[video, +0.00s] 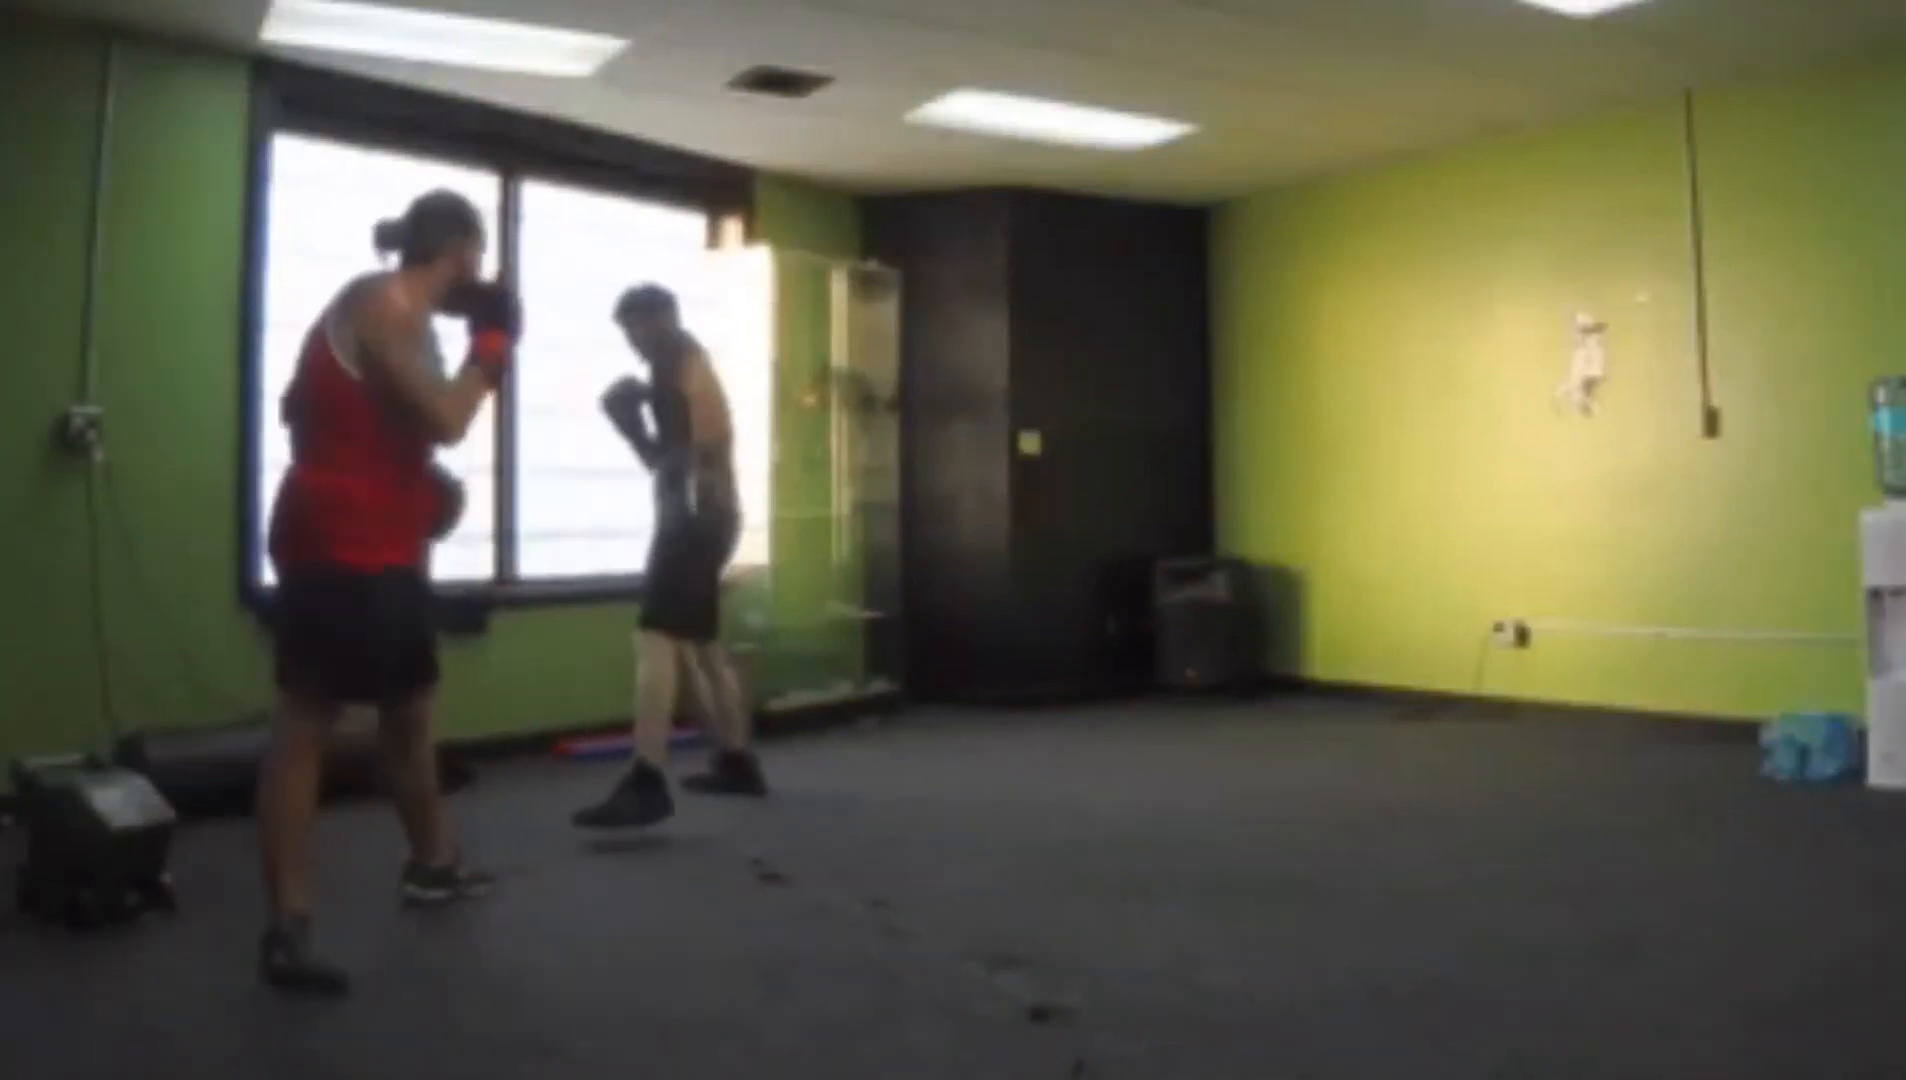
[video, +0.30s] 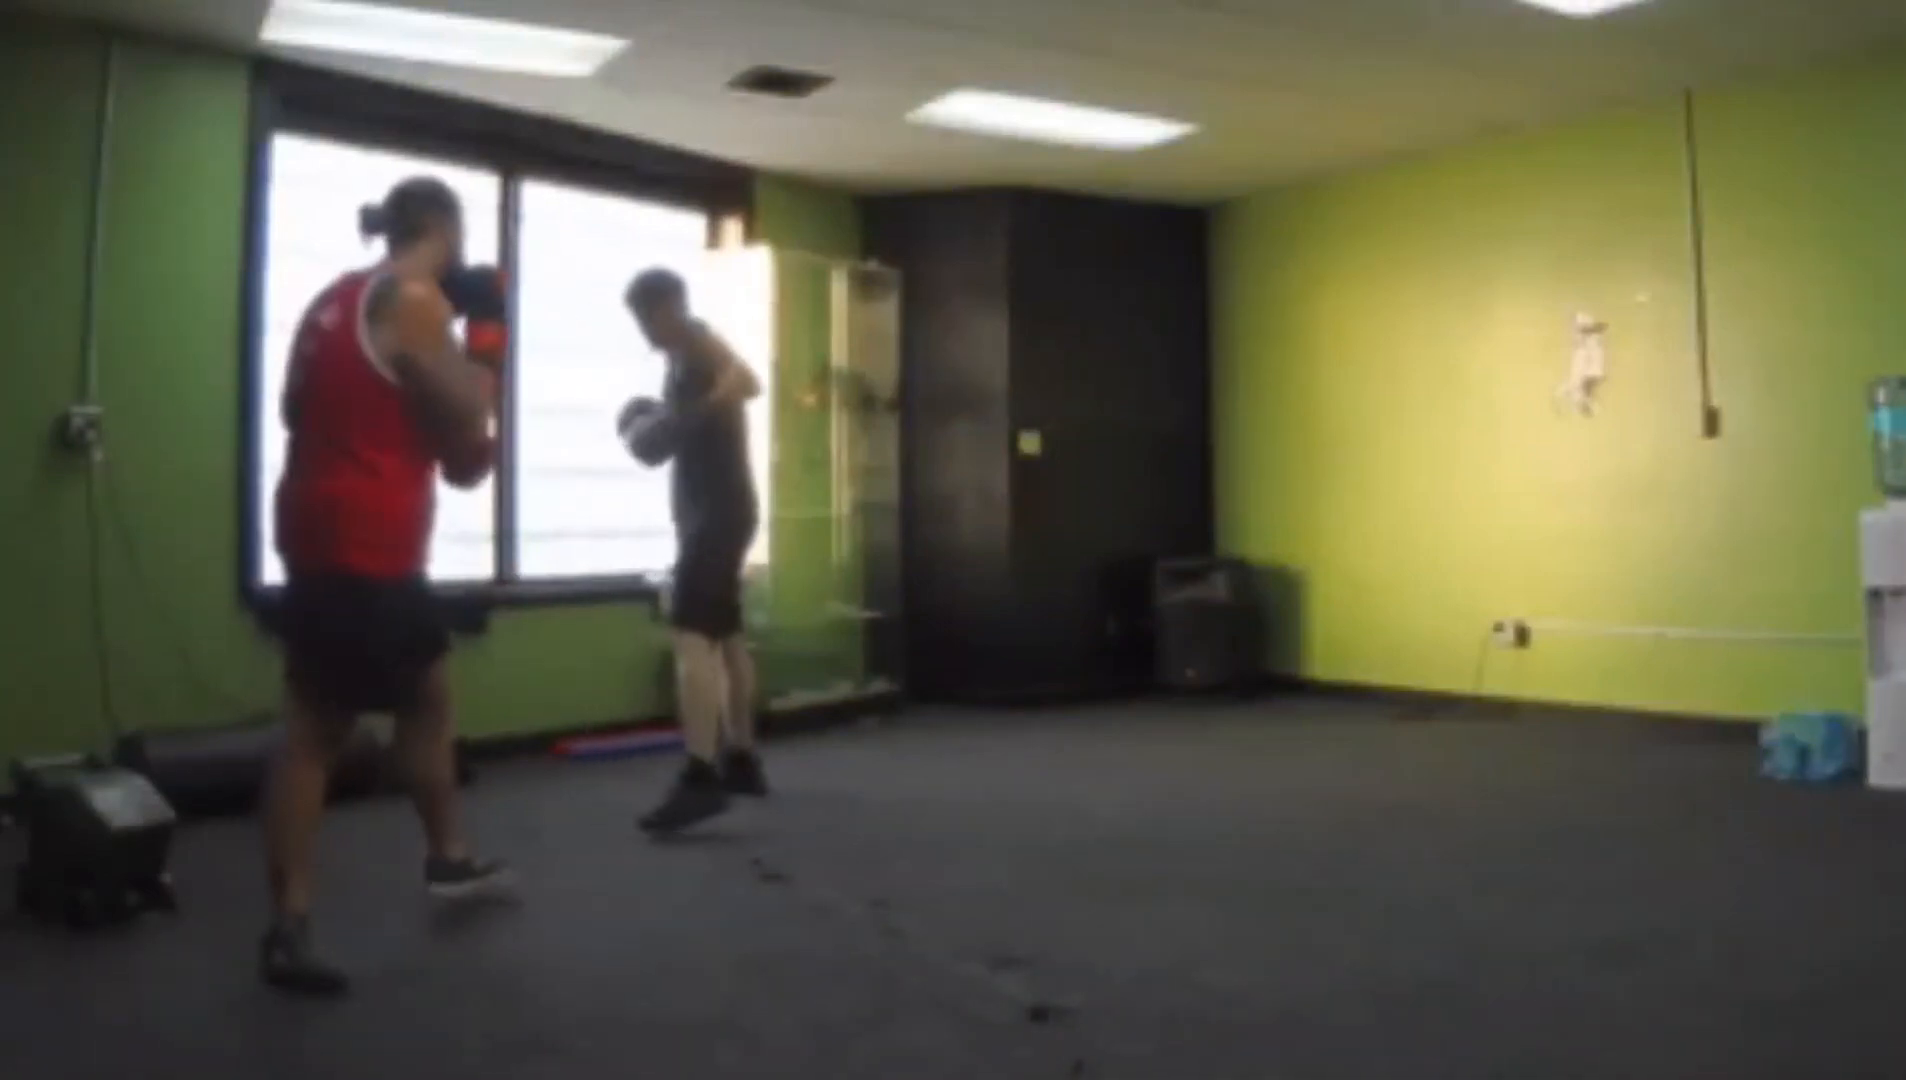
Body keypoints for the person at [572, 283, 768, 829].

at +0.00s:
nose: (634, 342)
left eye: (638, 331)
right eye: (629, 333)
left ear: (662, 321)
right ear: (644, 327)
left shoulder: (683, 366)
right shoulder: (673, 369)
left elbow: (688, 448)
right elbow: (663, 456)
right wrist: (631, 419)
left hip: (696, 508)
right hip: (695, 506)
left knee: (657, 636)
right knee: (700, 641)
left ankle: (648, 775)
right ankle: (736, 758)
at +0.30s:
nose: (645, 332)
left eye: (649, 320)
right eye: (641, 322)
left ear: (669, 309)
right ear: (653, 316)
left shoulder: (703, 348)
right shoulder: (682, 363)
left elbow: (743, 383)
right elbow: (687, 422)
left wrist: (675, 423)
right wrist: (651, 424)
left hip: (722, 510)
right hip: (704, 511)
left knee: (693, 636)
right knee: (721, 637)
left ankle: (703, 768)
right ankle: (738, 755)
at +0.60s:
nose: (634, 331)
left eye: (632, 320)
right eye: (632, 319)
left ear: (639, 313)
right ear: (668, 299)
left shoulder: (665, 357)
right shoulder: (704, 342)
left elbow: (606, 413)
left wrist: (585, 356)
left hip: (718, 517)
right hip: (742, 510)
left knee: (717, 651)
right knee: (724, 647)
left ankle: (716, 789)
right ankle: (738, 762)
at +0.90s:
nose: (632, 320)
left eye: (635, 308)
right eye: (627, 311)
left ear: (653, 303)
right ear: (635, 311)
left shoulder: (686, 340)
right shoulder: (653, 353)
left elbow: (721, 396)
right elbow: (637, 420)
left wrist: (649, 380)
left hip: (736, 516)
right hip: (711, 517)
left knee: (723, 649)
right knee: (725, 645)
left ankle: (719, 788)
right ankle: (745, 752)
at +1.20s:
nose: (635, 325)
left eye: (637, 314)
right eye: (636, 314)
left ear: (648, 312)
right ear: (675, 304)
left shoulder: (688, 351)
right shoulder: (684, 351)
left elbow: (761, 409)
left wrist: (710, 445)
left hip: (718, 514)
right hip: (710, 512)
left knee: (711, 652)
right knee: (725, 647)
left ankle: (718, 788)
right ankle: (748, 756)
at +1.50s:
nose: (628, 321)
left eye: (633, 306)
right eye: (623, 309)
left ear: (662, 300)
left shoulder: (700, 357)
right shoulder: (656, 362)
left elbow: (745, 438)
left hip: (711, 522)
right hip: (683, 521)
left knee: (699, 654)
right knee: (708, 651)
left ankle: (723, 791)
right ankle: (748, 757)